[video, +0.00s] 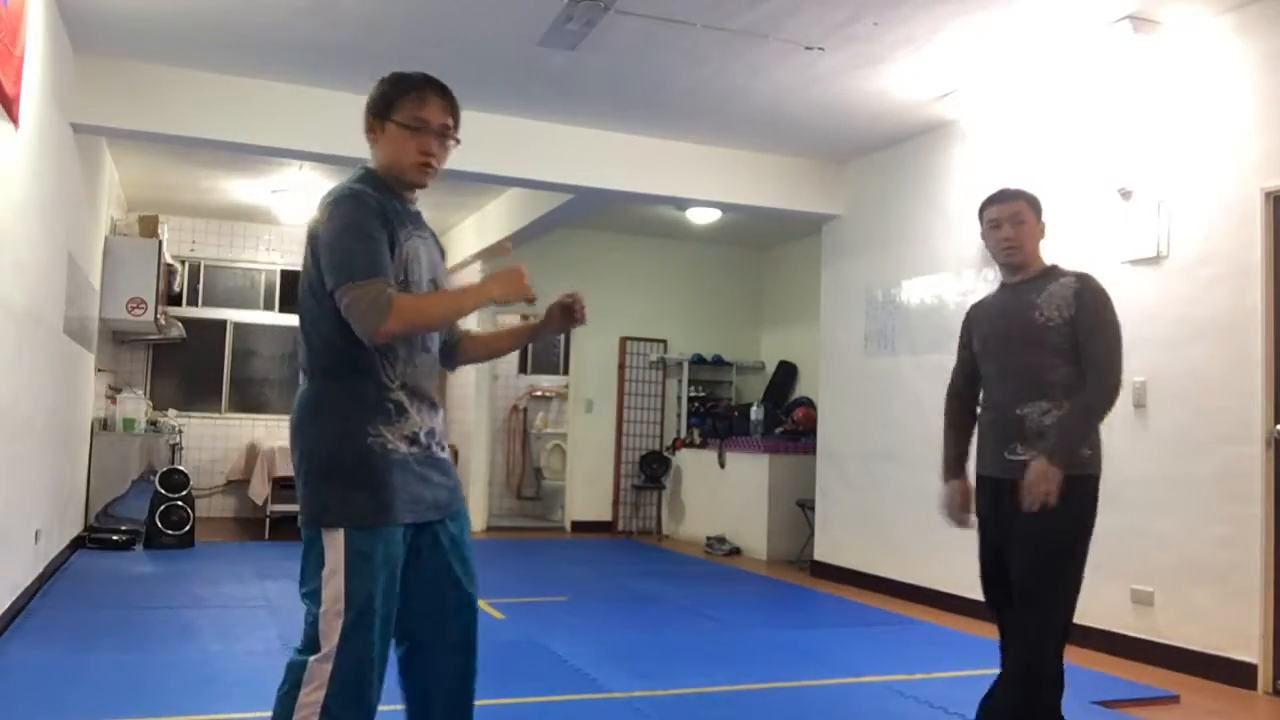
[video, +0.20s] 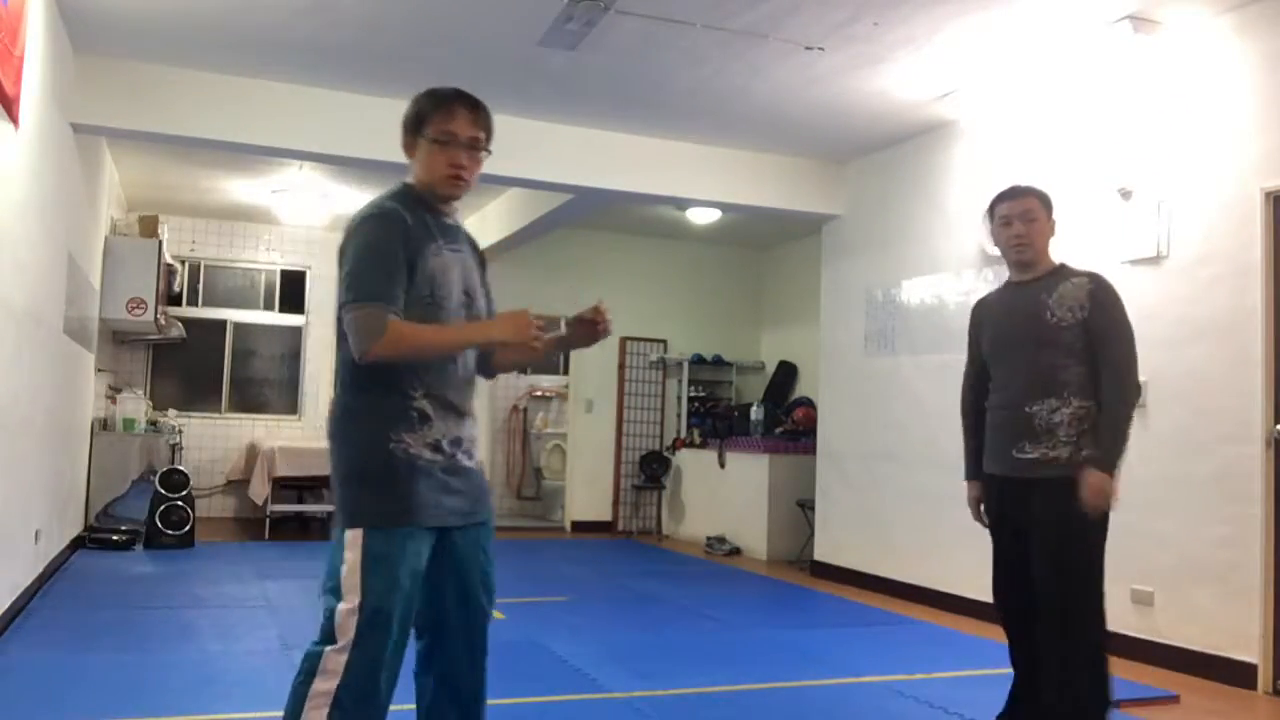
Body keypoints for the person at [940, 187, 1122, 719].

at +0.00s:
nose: (1006, 234)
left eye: (1017, 222)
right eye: (995, 226)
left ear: (1040, 228)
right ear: (984, 240)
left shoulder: (1079, 293)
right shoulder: (979, 315)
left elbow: (1103, 382)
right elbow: (961, 394)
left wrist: (1056, 456)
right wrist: (955, 471)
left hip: (1063, 481)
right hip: (996, 482)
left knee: (1039, 620)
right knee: (1010, 613)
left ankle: (1008, 713)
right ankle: (1038, 711)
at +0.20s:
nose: (1017, 230)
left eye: (1028, 219)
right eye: (1005, 222)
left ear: (1050, 227)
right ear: (993, 235)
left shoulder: (1090, 292)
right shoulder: (986, 310)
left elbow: (1121, 382)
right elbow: (975, 393)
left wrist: (1103, 463)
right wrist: (975, 472)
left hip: (1072, 482)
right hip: (1007, 483)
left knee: (1071, 611)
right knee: (1018, 608)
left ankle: (1079, 709)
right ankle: (1029, 706)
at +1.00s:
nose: (1025, 236)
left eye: (1034, 224)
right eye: (1023, 225)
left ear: (1077, 222)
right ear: (1056, 227)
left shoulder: (1122, 283)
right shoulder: (1048, 290)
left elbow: (1136, 363)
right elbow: (1041, 362)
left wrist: (1048, 399)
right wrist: (1016, 393)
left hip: (1106, 485)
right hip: (1048, 481)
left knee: (1106, 623)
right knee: (1043, 611)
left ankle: (1113, 713)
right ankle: (1053, 711)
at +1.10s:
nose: (1025, 242)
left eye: (1033, 228)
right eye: (1022, 231)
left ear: (1074, 224)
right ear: (1065, 228)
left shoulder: (1121, 286)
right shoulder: (1048, 295)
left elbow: (1106, 360)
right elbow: (1050, 367)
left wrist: (1019, 348)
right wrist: (1007, 356)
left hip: (1102, 484)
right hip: (1045, 481)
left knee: (1102, 617)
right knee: (1042, 604)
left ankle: (1110, 712)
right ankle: (1054, 709)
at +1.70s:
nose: (994, 258)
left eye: (1000, 244)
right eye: (989, 249)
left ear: (1035, 235)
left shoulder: (1072, 292)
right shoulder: (1021, 309)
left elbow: (1035, 358)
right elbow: (982, 382)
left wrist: (985, 317)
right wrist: (970, 323)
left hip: (1052, 476)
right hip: (1012, 476)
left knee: (1036, 603)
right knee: (1005, 602)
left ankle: (1053, 711)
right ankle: (1013, 710)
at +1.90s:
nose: (969, 264)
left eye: (974, 250)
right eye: (965, 255)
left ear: (1009, 242)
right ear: (993, 251)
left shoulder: (1049, 298)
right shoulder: (999, 317)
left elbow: (1039, 376)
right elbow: (982, 393)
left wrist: (968, 352)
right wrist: (955, 356)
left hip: (1026, 474)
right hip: (996, 474)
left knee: (962, 573)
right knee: (1025, 590)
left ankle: (983, 708)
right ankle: (1058, 707)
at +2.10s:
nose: (925, 275)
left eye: (929, 261)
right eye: (921, 266)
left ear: (964, 248)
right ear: (956, 255)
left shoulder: (997, 302)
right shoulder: (974, 313)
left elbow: (956, 348)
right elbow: (927, 391)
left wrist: (909, 310)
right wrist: (908, 328)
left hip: (976, 486)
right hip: (967, 485)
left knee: (928, 606)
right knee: (1004, 608)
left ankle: (910, 709)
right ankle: (1055, 709)